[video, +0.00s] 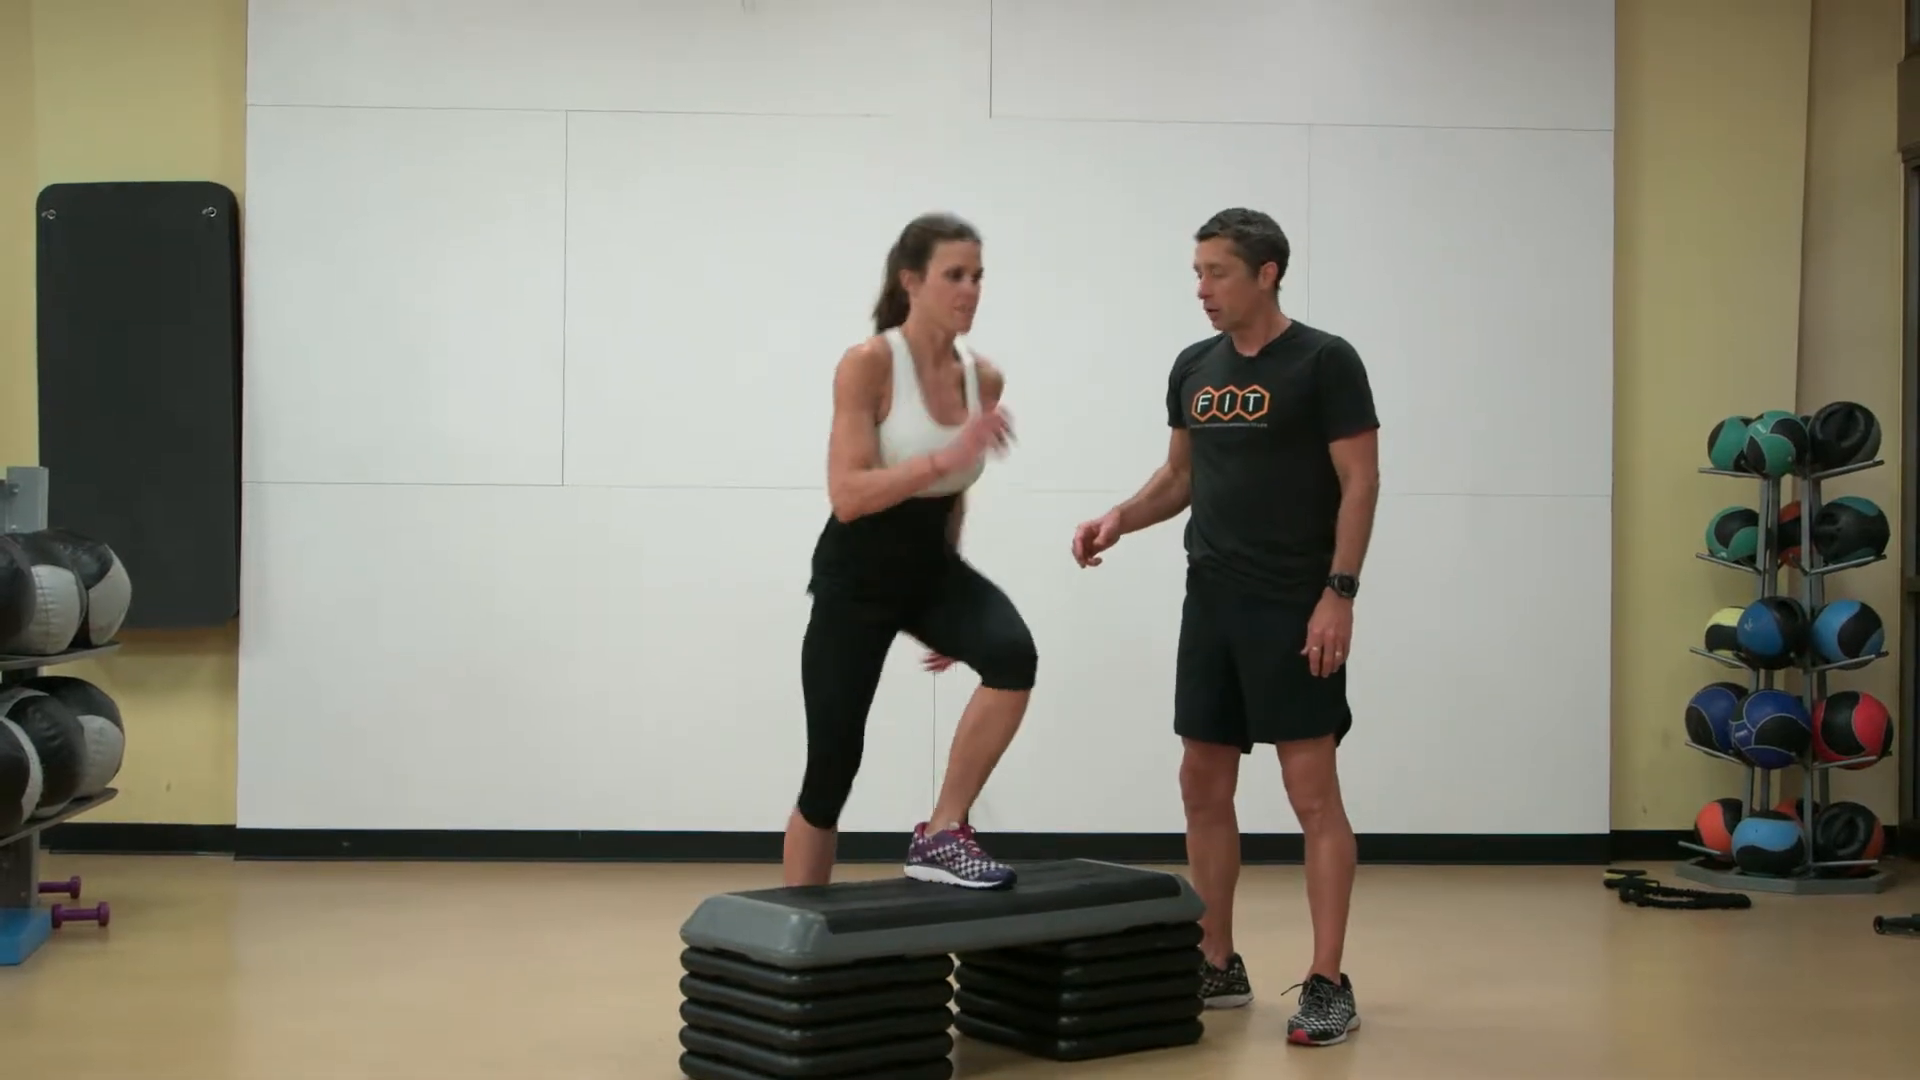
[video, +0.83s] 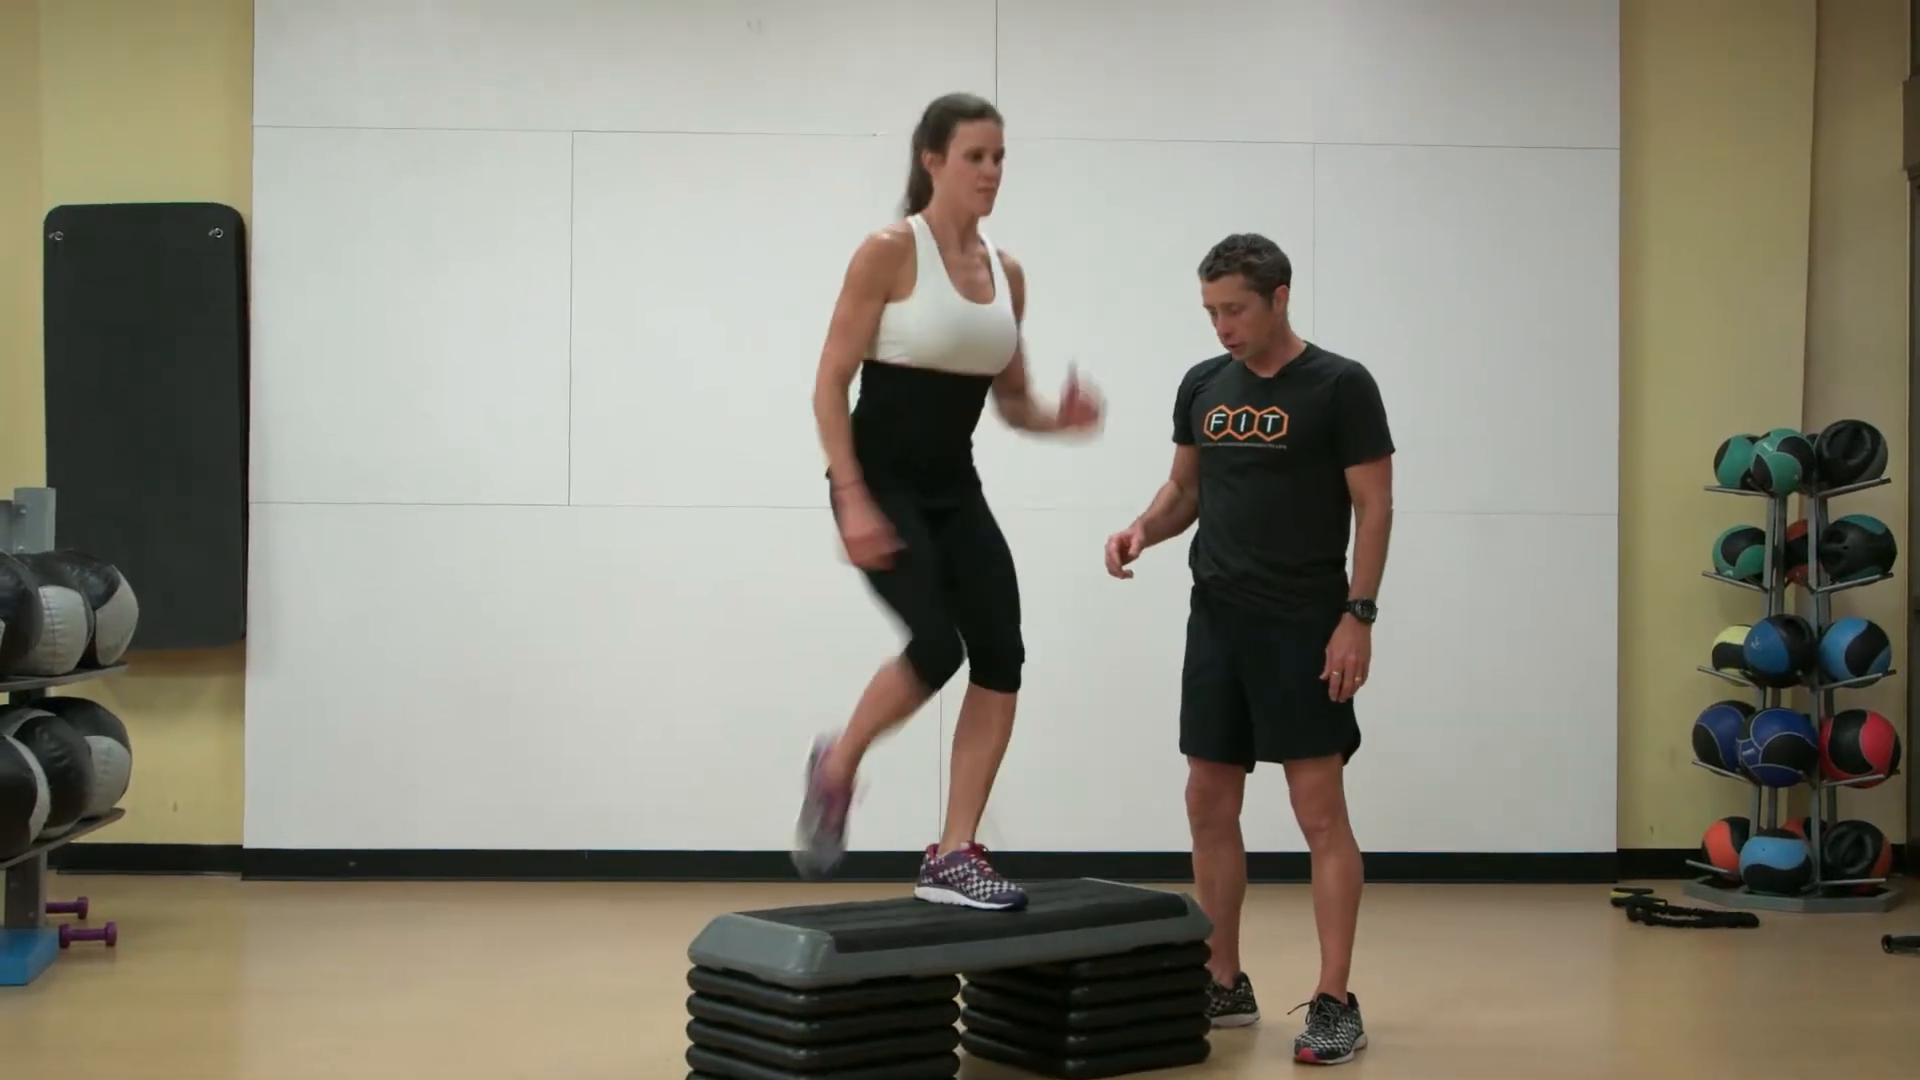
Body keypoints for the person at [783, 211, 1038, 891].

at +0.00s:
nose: (971, 289)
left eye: (977, 275)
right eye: (955, 275)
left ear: (981, 282)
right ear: (909, 282)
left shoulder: (980, 379)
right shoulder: (867, 367)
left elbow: (953, 500)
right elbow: (846, 497)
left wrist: (945, 615)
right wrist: (952, 454)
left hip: (930, 570)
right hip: (855, 576)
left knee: (1012, 656)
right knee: (832, 768)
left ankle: (943, 833)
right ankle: (801, 939)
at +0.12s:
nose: (995, 230)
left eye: (1000, 216)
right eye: (979, 216)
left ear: (1003, 224)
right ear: (932, 222)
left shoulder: (1008, 327)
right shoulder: (891, 310)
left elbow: (1004, 452)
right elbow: (852, 443)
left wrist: (1036, 542)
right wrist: (911, 537)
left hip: (945, 509)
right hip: (871, 511)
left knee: (1007, 654)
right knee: (878, 726)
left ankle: (942, 838)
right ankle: (815, 895)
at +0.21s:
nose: (1001, 194)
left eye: (1006, 181)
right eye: (985, 180)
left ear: (1006, 191)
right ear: (941, 187)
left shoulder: (1014, 299)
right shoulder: (891, 279)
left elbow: (1042, 425)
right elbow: (837, 408)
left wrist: (1088, 447)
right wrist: (824, 534)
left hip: (954, 495)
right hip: (880, 496)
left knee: (1003, 654)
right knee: (953, 661)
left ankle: (944, 839)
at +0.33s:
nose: (992, 131)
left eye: (1000, 118)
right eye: (977, 116)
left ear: (1004, 129)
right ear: (932, 124)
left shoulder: (1019, 231)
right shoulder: (882, 219)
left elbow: (1084, 339)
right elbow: (807, 325)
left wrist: (1102, 245)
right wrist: (750, 430)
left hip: (961, 436)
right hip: (884, 426)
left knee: (977, 637)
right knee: (1017, 476)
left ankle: (945, 838)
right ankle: (903, 601)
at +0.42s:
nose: (990, 85)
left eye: (998, 71)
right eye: (975, 70)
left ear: (1002, 83)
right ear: (930, 76)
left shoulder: (1019, 183)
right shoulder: (877, 169)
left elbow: (1096, 278)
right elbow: (799, 275)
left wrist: (1080, 173)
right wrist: (744, 368)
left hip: (966, 389)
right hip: (886, 375)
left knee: (955, 606)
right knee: (1026, 372)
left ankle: (956, 809)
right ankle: (923, 528)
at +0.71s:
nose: (994, 133)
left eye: (1001, 118)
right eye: (978, 116)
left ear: (1004, 129)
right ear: (933, 122)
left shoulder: (1019, 232)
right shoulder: (882, 218)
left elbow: (1089, 352)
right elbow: (809, 329)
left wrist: (1084, 261)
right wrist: (776, 452)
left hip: (962, 440)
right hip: (882, 428)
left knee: (984, 645)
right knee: (1008, 476)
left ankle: (955, 848)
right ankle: (897, 604)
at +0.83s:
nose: (993, 172)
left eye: (999, 158)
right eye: (978, 157)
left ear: (1001, 167)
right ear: (933, 161)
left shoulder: (1002, 271)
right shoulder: (888, 254)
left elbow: (1012, 402)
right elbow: (830, 387)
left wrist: (1059, 419)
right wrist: (852, 499)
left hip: (955, 481)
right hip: (878, 479)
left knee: (999, 655)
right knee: (939, 643)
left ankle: (954, 852)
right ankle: (836, 766)